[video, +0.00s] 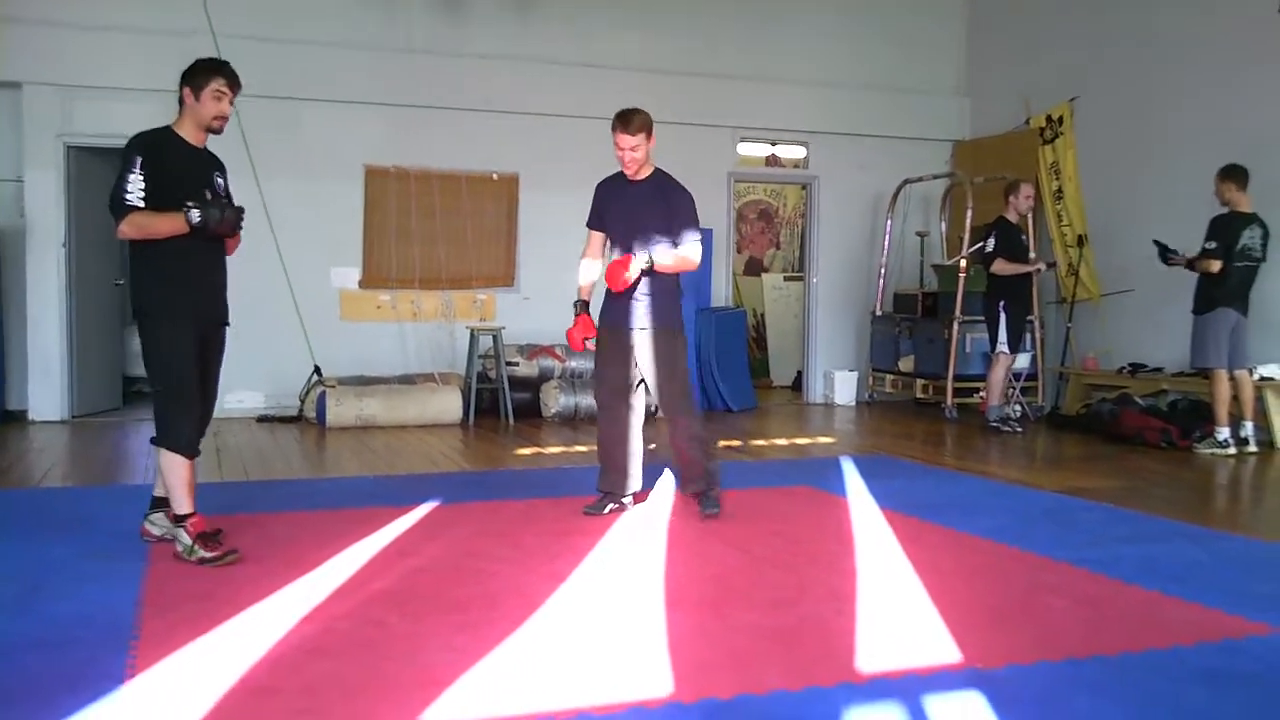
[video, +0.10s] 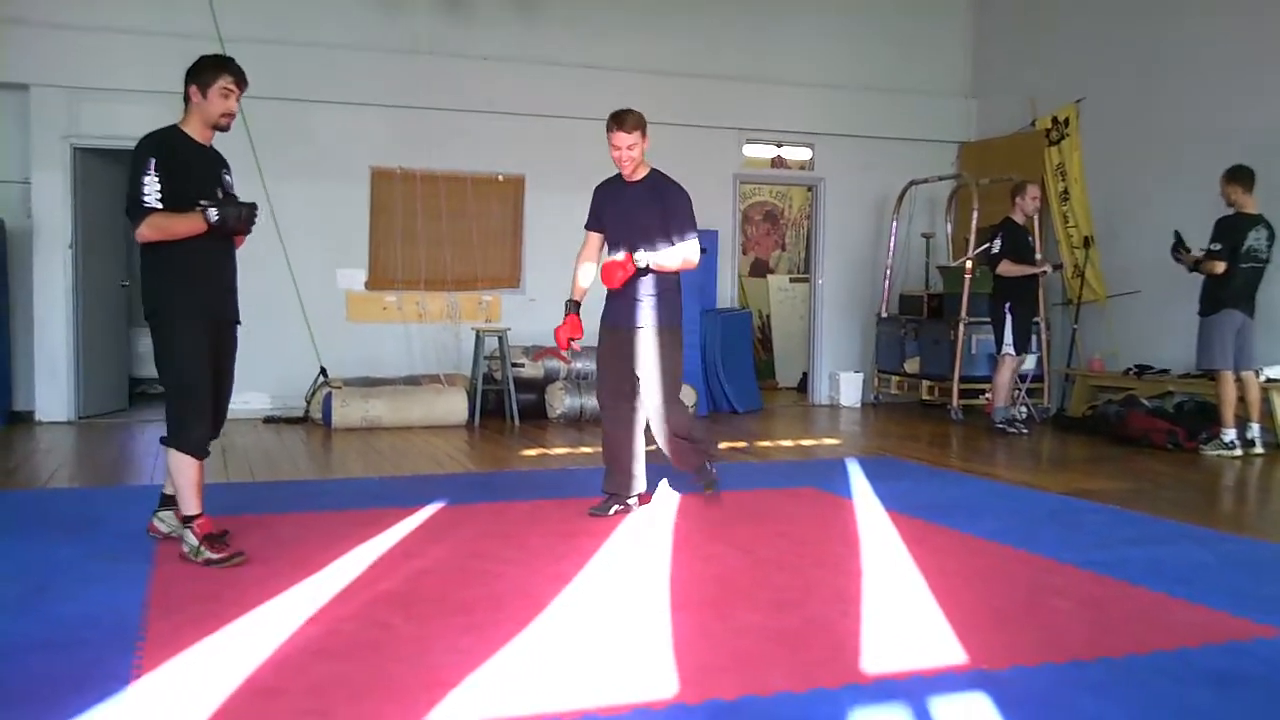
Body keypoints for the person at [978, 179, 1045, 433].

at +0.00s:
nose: (1031, 203)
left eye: (1032, 198)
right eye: (1027, 198)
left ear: (1018, 201)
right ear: (1011, 199)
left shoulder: (1017, 230)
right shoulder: (998, 227)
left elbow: (1014, 263)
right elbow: (994, 265)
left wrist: (1038, 265)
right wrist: (1030, 267)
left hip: (1015, 301)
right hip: (1002, 301)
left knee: (1007, 357)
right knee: (1003, 356)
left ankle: (998, 409)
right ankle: (993, 413)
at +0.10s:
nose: (1038, 204)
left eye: (1039, 199)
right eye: (1033, 199)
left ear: (1032, 202)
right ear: (1018, 200)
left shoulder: (1024, 232)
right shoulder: (1005, 228)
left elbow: (1020, 264)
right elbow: (999, 266)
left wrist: (1044, 267)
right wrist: (1035, 269)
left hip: (1022, 302)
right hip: (1008, 302)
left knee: (1017, 357)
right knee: (1009, 357)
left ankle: (1005, 410)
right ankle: (999, 414)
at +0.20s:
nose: (1045, 205)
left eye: (1047, 201)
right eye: (1041, 200)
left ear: (1041, 204)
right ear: (1026, 202)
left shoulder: (1031, 234)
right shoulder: (1012, 230)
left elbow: (1028, 267)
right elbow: (1007, 269)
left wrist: (1053, 269)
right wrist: (1043, 271)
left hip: (1030, 304)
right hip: (1014, 304)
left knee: (1029, 359)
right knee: (1016, 360)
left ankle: (1014, 412)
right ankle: (1006, 417)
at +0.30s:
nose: (1053, 208)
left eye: (1054, 203)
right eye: (1049, 203)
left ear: (1048, 206)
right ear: (1033, 204)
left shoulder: (1039, 237)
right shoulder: (1020, 233)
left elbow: (1036, 270)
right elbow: (1015, 271)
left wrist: (1060, 272)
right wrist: (1050, 273)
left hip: (1039, 307)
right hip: (1022, 307)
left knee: (1041, 362)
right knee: (1024, 362)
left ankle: (1026, 415)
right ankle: (1013, 420)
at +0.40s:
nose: (1069, 207)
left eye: (1070, 202)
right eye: (1064, 202)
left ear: (1062, 205)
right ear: (1049, 204)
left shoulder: (1054, 235)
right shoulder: (1034, 232)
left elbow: (1056, 268)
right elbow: (1028, 271)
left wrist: (1082, 271)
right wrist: (1065, 274)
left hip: (1054, 306)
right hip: (1036, 306)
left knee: (1060, 360)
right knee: (1039, 363)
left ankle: (1043, 416)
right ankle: (1028, 420)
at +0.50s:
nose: (1075, 207)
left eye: (1076, 202)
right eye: (1070, 202)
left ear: (1067, 205)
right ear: (1055, 204)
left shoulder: (1060, 235)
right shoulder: (1040, 232)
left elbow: (1061, 268)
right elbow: (1033, 270)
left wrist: (1087, 271)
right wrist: (1070, 274)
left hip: (1060, 307)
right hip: (1041, 307)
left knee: (1067, 359)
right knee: (1041, 363)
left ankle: (1055, 416)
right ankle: (1031, 419)